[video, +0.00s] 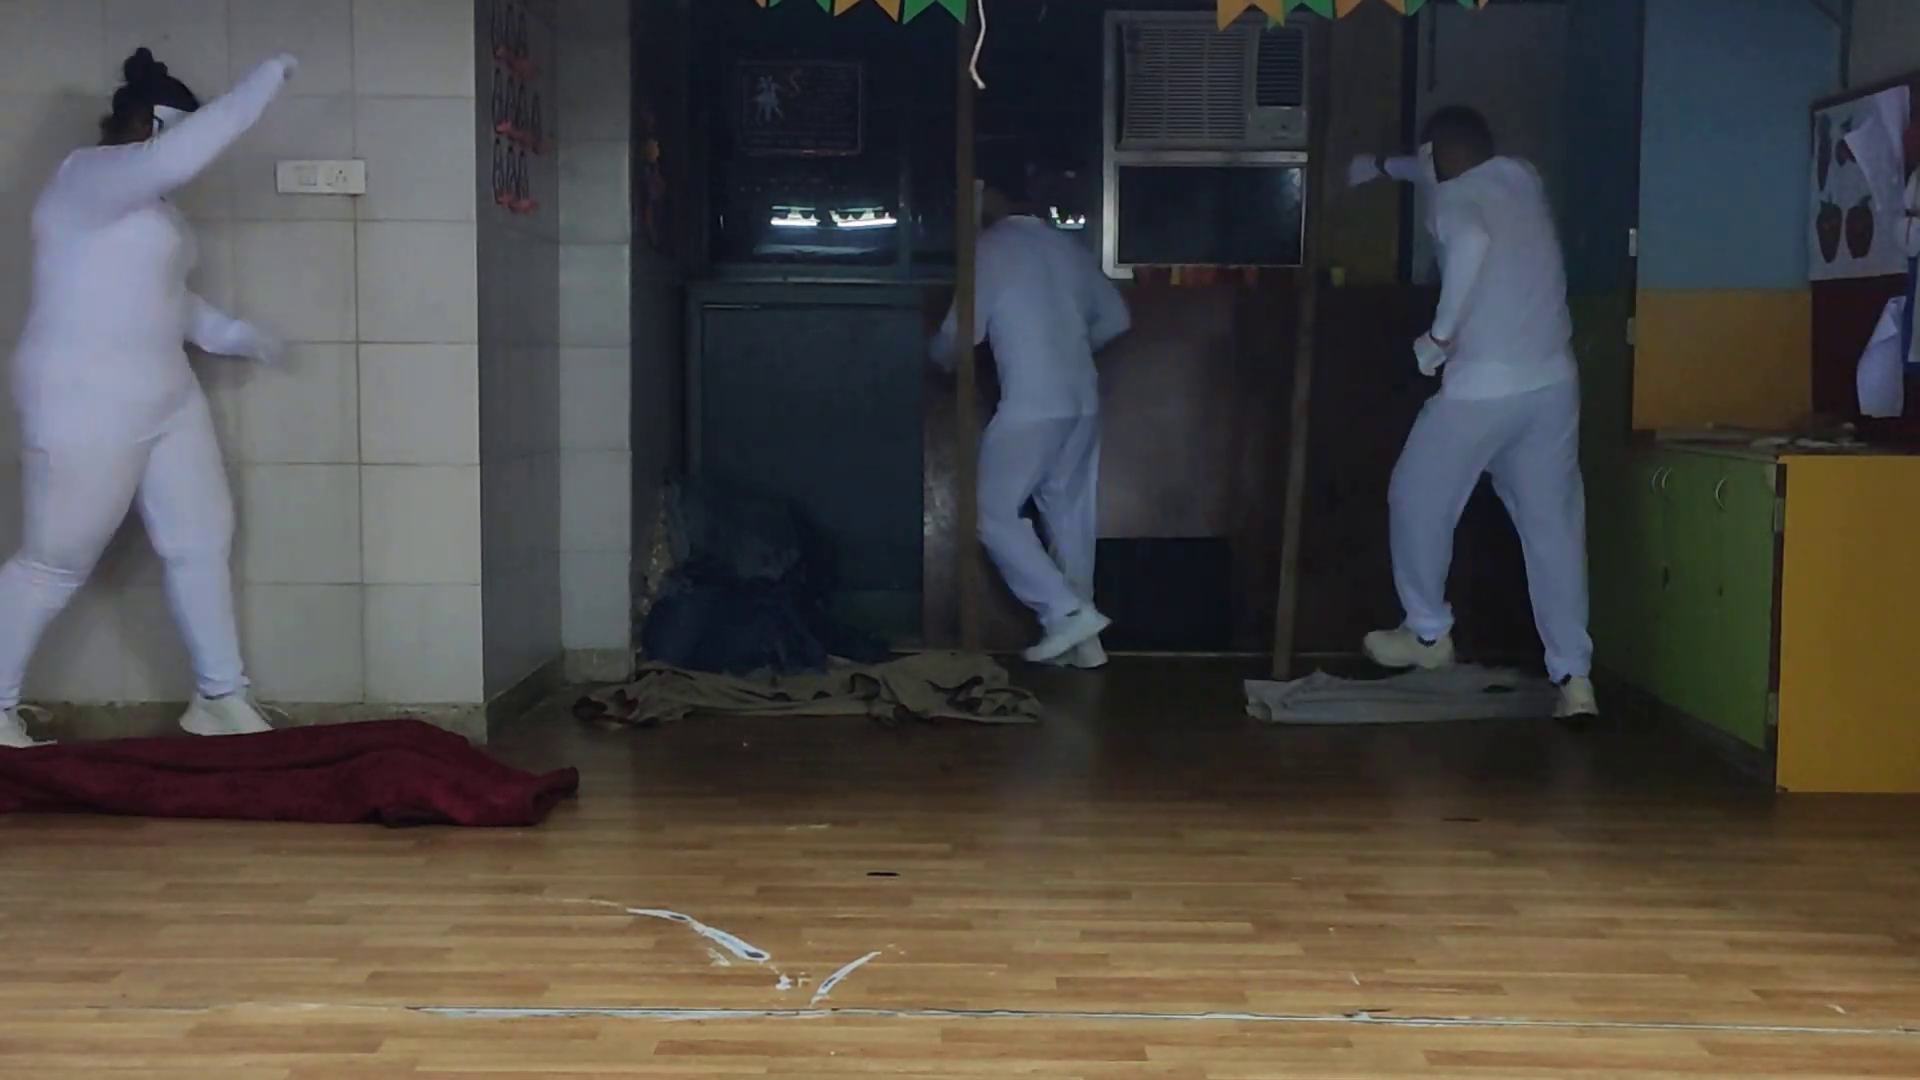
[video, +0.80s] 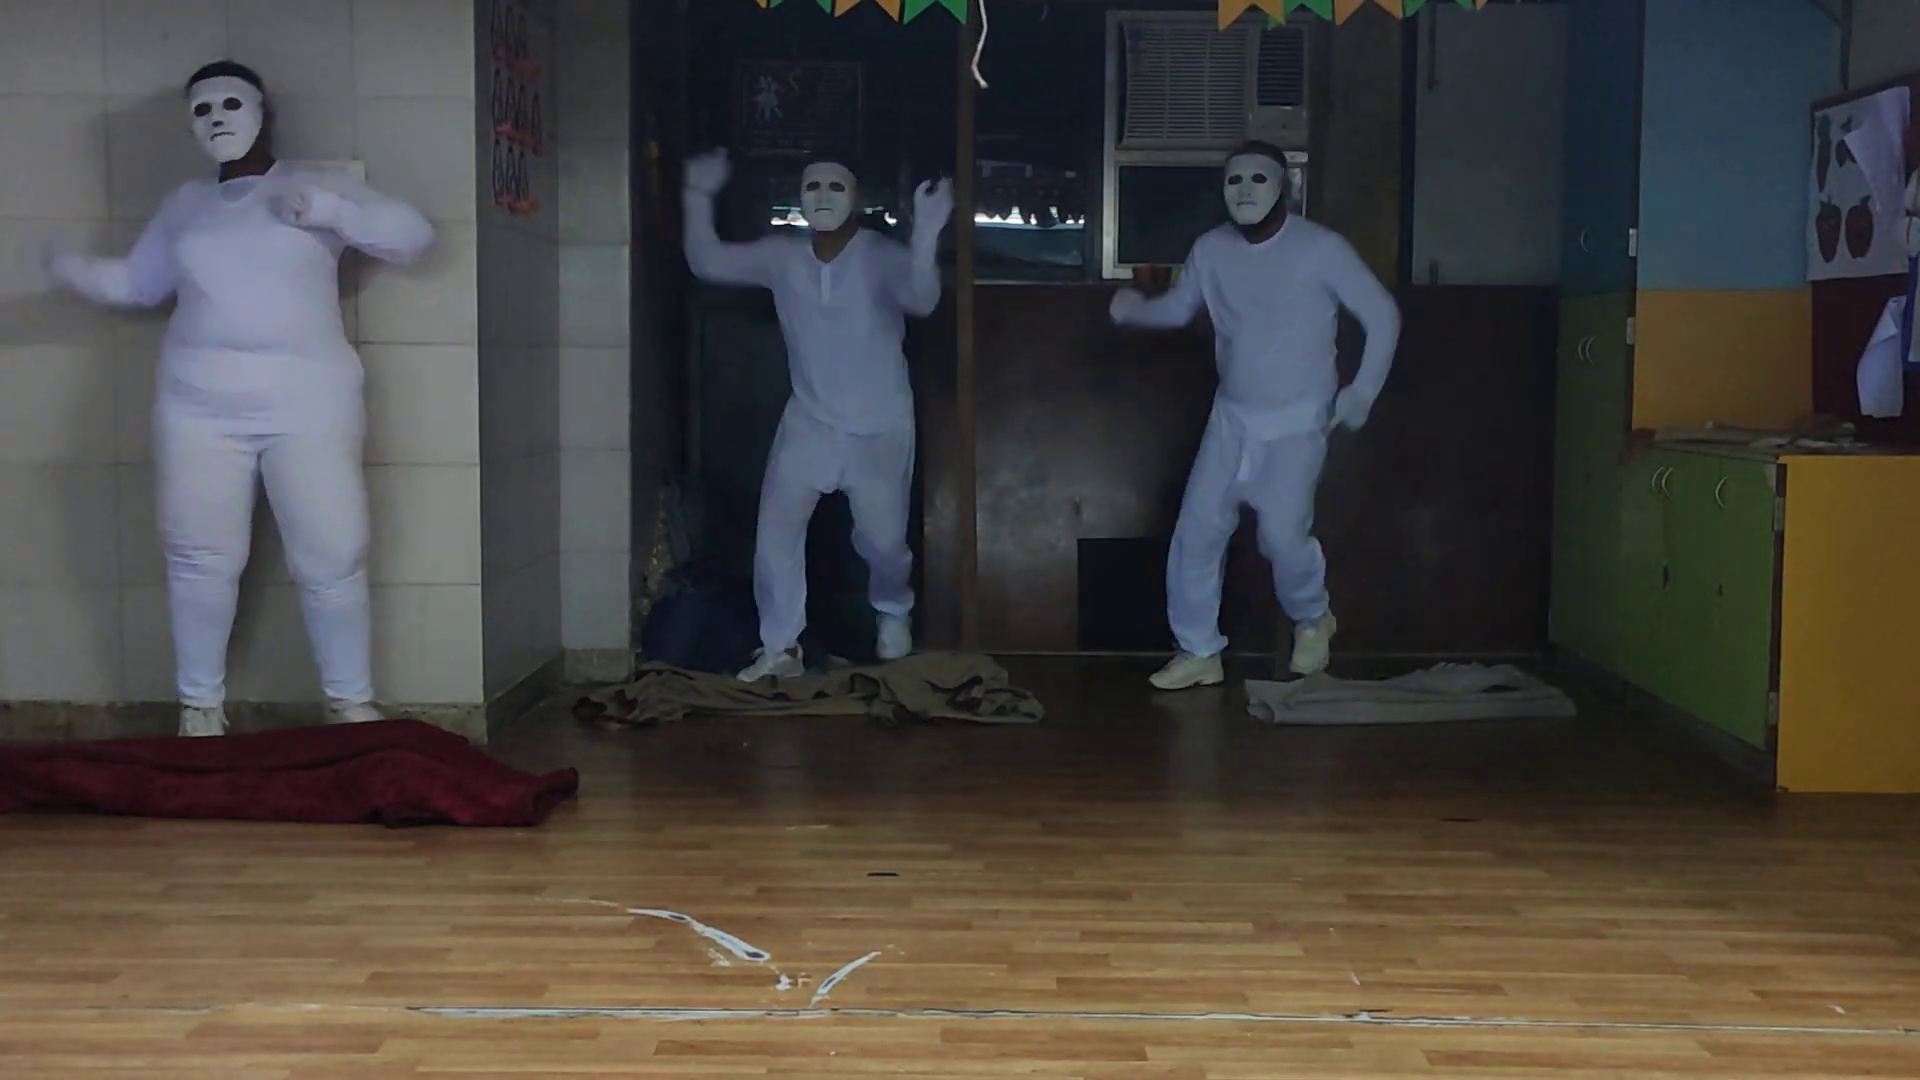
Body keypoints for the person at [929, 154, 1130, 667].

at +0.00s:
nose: (970, 209)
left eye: (973, 199)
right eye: (972, 200)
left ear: (989, 200)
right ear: (1025, 201)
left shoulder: (990, 248)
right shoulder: (1069, 247)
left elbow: (961, 331)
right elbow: (1115, 317)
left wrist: (937, 351)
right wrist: (1068, 346)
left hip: (1031, 402)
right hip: (1083, 402)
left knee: (996, 515)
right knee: (1069, 514)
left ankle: (1065, 615)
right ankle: (1080, 637)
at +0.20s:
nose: (901, 226)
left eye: (905, 214)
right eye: (898, 215)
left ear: (933, 208)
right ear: (945, 206)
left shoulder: (945, 257)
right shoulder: (998, 245)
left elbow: (918, 332)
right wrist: (923, 270)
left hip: (989, 412)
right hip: (1035, 407)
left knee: (933, 516)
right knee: (1048, 522)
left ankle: (937, 633)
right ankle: (1077, 638)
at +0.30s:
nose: (877, 230)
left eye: (883, 220)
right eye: (875, 220)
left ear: (913, 216)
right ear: (926, 218)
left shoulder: (919, 264)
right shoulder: (967, 255)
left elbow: (847, 279)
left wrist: (785, 223)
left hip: (965, 424)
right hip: (1002, 420)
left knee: (913, 529)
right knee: (979, 525)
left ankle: (937, 637)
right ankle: (1042, 601)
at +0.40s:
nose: (853, 212)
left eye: (862, 200)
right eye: (853, 201)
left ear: (893, 196)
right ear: (889, 197)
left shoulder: (912, 228)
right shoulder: (902, 239)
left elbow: (843, 239)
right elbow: (864, 261)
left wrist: (772, 265)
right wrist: (854, 269)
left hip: (953, 401)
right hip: (921, 398)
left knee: (923, 516)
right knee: (878, 477)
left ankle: (938, 635)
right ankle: (972, 551)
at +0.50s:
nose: (845, 173)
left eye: (857, 162)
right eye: (837, 163)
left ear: (884, 164)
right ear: (831, 167)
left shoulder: (900, 213)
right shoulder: (885, 212)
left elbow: (879, 285)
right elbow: (897, 289)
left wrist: (820, 322)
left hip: (930, 380)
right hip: (886, 375)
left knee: (928, 499)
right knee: (834, 456)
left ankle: (934, 619)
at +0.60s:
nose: (837, 168)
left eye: (851, 157)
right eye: (830, 158)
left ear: (874, 166)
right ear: (821, 168)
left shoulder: (899, 231)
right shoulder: (852, 236)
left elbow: (897, 329)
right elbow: (860, 327)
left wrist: (841, 392)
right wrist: (825, 379)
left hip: (914, 386)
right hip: (860, 384)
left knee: (918, 504)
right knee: (810, 485)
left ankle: (919, 625)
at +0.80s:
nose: (823, 197)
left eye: (835, 188)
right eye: (813, 188)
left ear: (856, 197)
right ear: (800, 198)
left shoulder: (882, 254)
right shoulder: (782, 255)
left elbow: (922, 302)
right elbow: (708, 261)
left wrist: (925, 232)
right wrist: (699, 195)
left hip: (881, 426)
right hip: (809, 421)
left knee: (882, 542)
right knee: (776, 533)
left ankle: (893, 617)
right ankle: (780, 651)